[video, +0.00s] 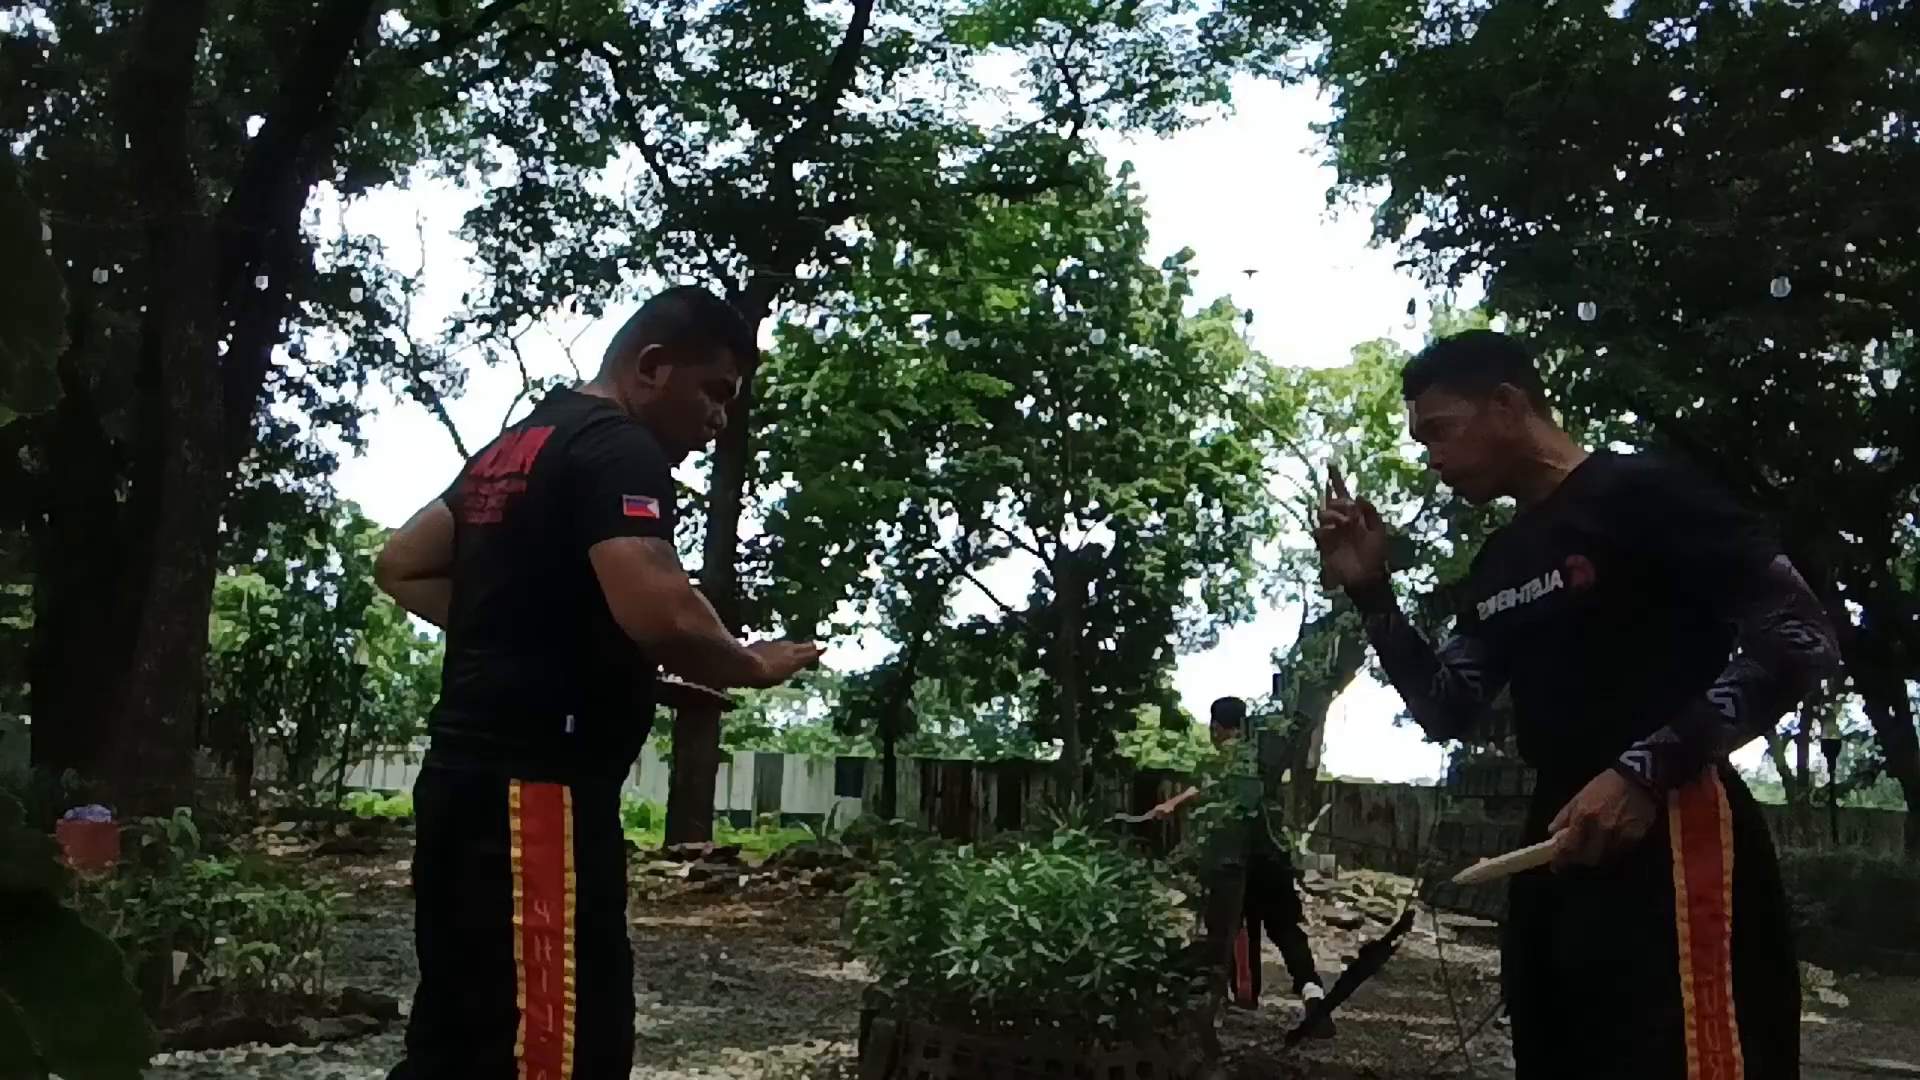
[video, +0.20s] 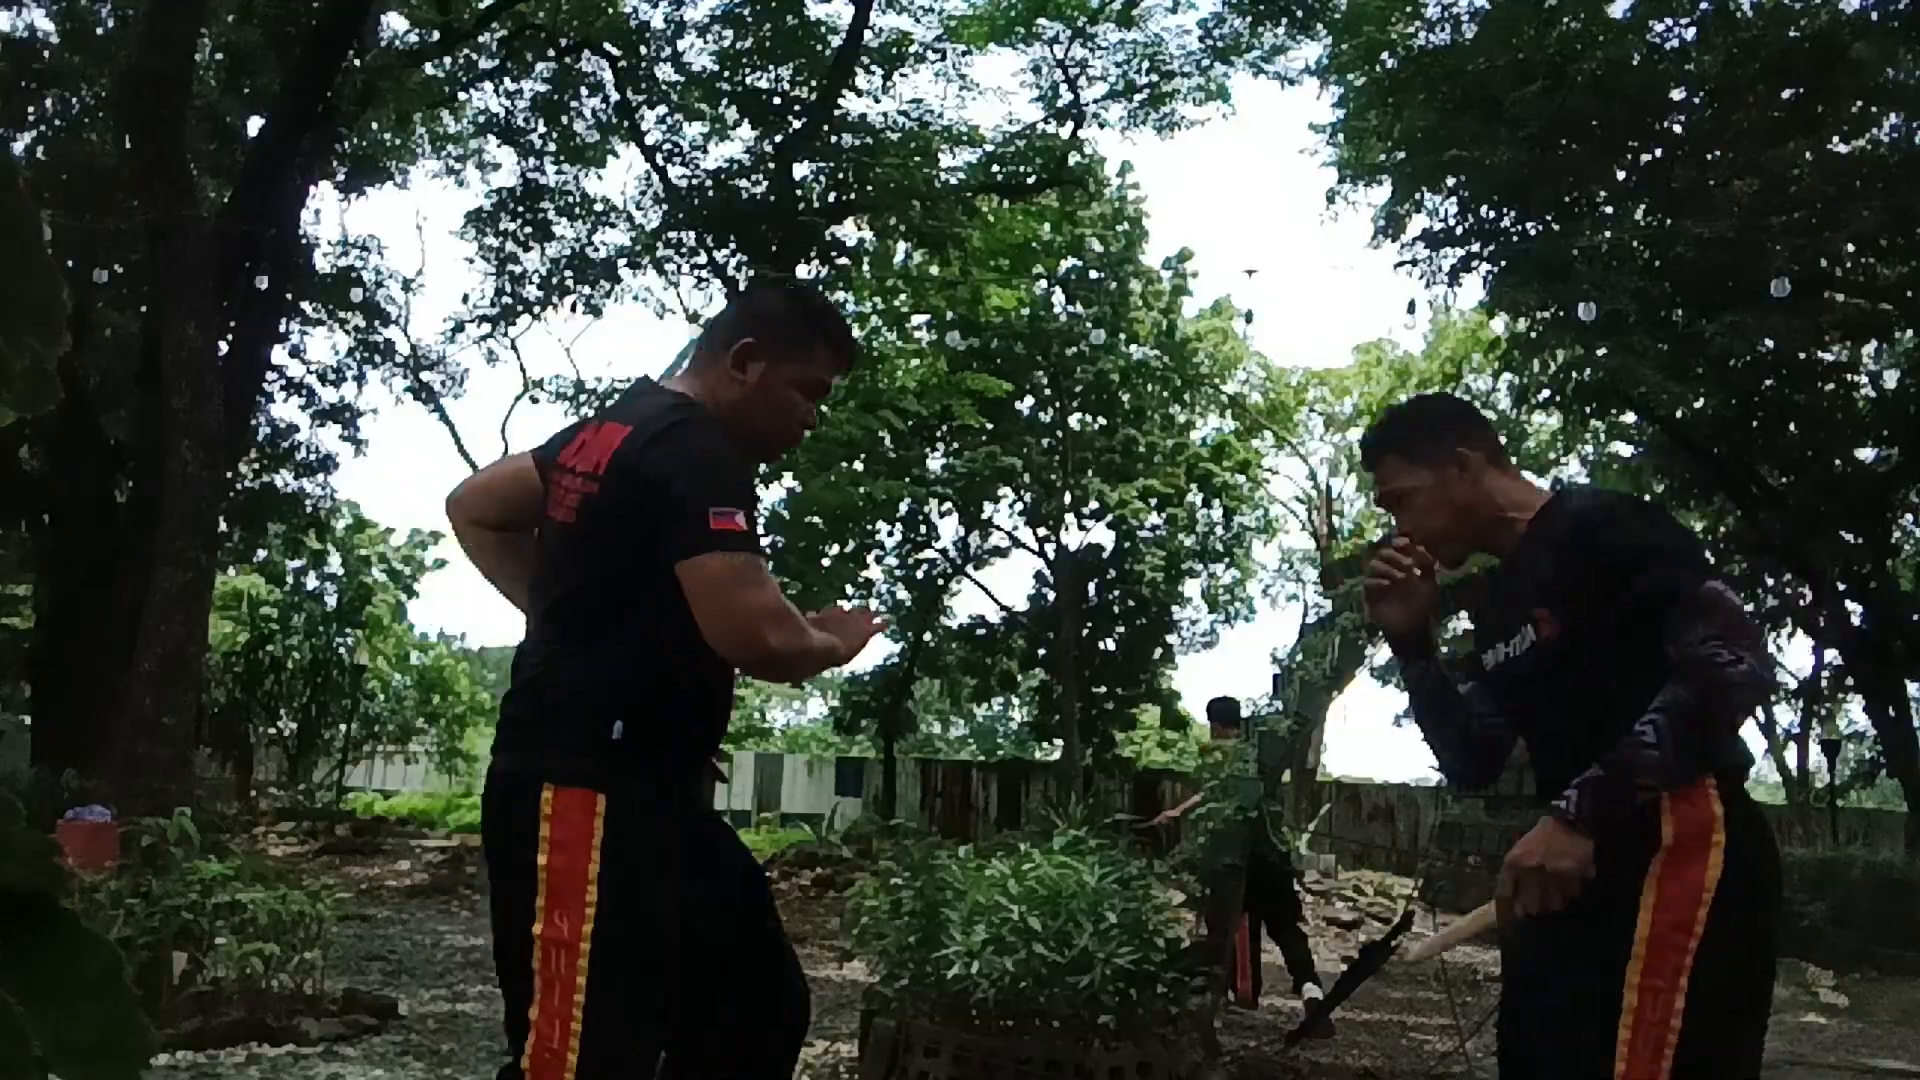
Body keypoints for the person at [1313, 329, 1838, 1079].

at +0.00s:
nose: (1430, 460)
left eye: (1436, 433)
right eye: (1423, 442)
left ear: (1509, 405)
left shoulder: (1651, 492)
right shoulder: (1495, 563)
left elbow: (1801, 635)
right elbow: (1447, 710)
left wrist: (1647, 770)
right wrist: (1372, 595)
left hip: (1681, 837)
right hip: (1556, 846)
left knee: (1695, 1057)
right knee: (1561, 1056)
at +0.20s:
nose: (1397, 529)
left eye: (1398, 502)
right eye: (1387, 510)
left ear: (1463, 466)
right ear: (1464, 466)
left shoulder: (1602, 524)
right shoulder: (1495, 601)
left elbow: (1732, 661)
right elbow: (1473, 762)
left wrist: (1579, 812)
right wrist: (1414, 642)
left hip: (1686, 840)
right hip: (1584, 844)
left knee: (1646, 1061)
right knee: (1539, 1054)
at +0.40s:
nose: (1365, 605)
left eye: (1352, 579)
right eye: (1350, 589)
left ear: (1386, 531)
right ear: (1435, 512)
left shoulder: (1450, 575)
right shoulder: (1567, 559)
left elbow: (1353, 766)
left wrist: (1268, 913)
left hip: (1647, 862)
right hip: (1749, 855)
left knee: (1541, 1055)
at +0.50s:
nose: (1356, 582)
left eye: (1351, 564)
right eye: (1347, 569)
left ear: (1379, 523)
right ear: (1451, 498)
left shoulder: (1404, 569)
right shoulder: (1611, 530)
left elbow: (1292, 727)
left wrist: (1258, 861)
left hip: (1593, 850)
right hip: (1755, 838)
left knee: (1472, 1052)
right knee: (1723, 1061)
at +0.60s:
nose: (1390, 517)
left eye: (1385, 500)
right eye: (1383, 504)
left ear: (1405, 475)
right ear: (1494, 460)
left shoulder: (1405, 543)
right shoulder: (1652, 522)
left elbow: (1316, 699)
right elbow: (1739, 728)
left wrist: (1421, 723)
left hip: (1507, 883)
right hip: (1691, 882)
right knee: (1660, 1066)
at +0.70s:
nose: (1432, 453)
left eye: (1431, 431)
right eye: (1429, 434)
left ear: (1461, 413)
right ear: (1555, 414)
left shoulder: (1426, 501)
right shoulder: (1683, 537)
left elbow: (1310, 561)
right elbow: (1716, 760)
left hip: (1459, 889)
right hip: (1639, 897)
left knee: (1345, 1062)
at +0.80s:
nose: (1454, 419)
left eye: (1454, 400)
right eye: (1451, 404)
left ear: (1488, 385)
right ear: (1583, 394)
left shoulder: (1471, 461)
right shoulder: (1692, 552)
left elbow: (1292, 467)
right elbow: (1605, 730)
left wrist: (1404, 423)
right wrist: (1400, 666)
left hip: (1467, 873)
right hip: (1627, 888)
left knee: (1347, 1062)